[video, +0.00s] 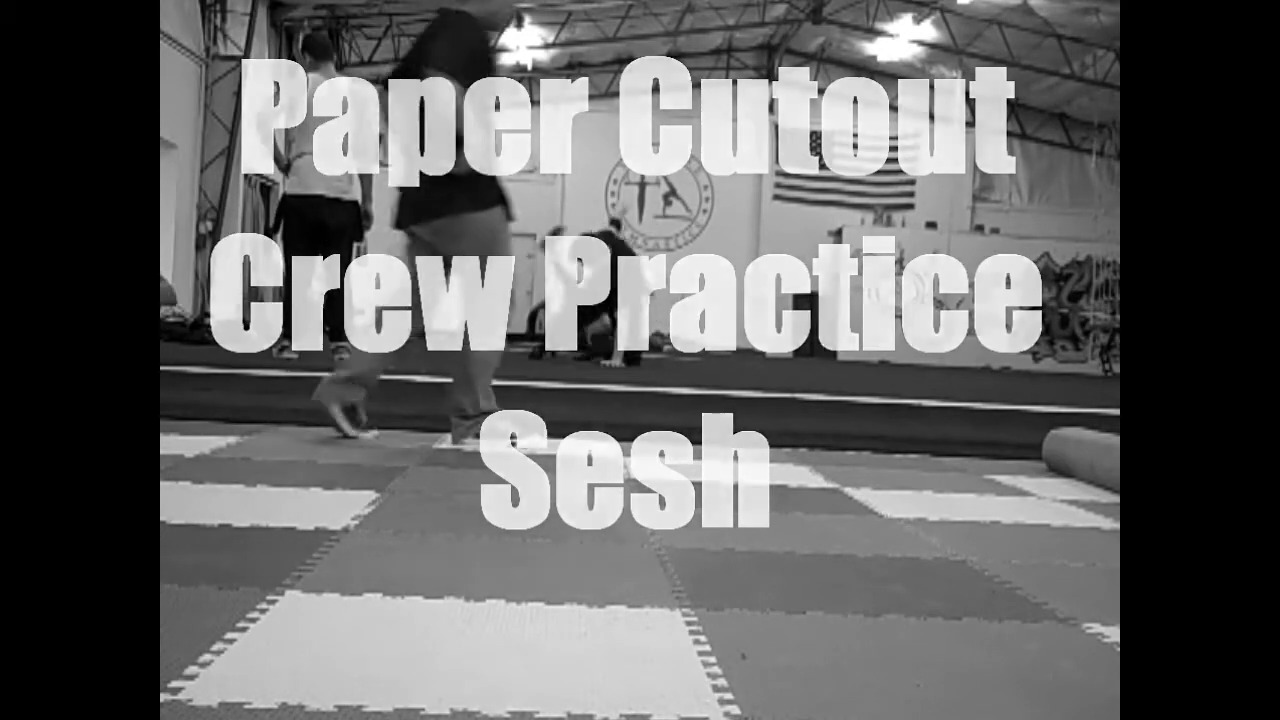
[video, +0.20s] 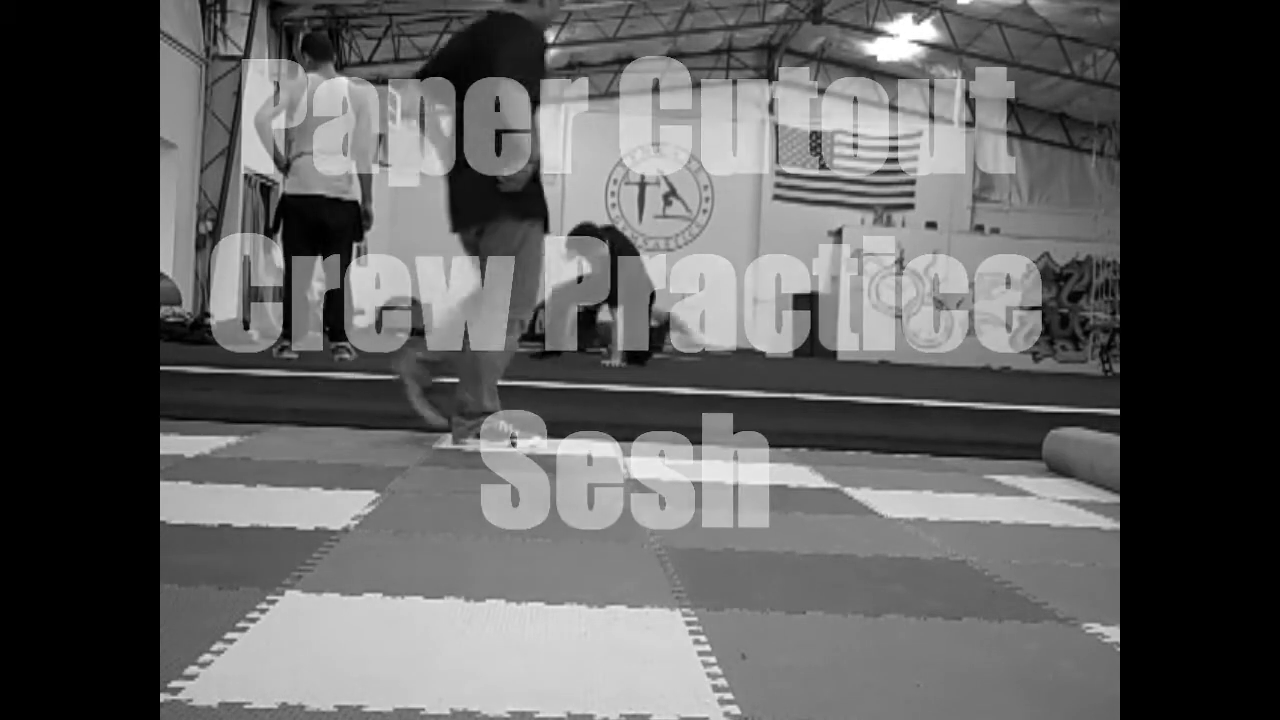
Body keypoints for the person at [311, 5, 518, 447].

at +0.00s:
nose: (511, 21)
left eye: (513, 17)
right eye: (508, 14)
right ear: (489, 9)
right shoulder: (467, 39)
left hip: (422, 200)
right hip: (468, 199)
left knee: (405, 308)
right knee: (484, 310)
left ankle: (345, 384)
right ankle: (474, 420)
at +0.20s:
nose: (555, 15)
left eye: (555, 11)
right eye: (553, 9)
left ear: (506, 4)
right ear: (538, 4)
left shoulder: (476, 34)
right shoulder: (524, 35)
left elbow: (424, 84)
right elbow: (514, 105)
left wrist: (446, 148)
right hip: (506, 195)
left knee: (512, 308)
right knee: (502, 306)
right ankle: (474, 421)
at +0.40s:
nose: (591, 19)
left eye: (592, 13)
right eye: (591, 11)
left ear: (546, 5)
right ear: (578, 5)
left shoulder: (515, 40)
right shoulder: (564, 37)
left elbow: (460, 95)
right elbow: (539, 86)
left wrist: (486, 155)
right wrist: (545, 162)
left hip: (507, 185)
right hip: (537, 187)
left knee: (544, 310)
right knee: (523, 311)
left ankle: (535, 406)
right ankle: (474, 413)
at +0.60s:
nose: (639, 37)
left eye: (642, 29)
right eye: (636, 27)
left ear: (609, 19)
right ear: (609, 17)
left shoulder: (591, 58)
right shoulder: (581, 47)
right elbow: (533, 88)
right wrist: (549, 158)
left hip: (577, 208)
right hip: (560, 206)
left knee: (590, 319)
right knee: (578, 318)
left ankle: (565, 417)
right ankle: (490, 403)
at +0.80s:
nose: (667, 38)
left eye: (673, 30)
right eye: (662, 25)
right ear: (634, 13)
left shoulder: (636, 67)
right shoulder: (596, 42)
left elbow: (625, 131)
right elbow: (525, 72)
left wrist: (630, 171)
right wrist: (559, 131)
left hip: (607, 200)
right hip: (585, 198)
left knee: (590, 306)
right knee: (634, 292)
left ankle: (559, 418)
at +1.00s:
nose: (682, 43)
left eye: (689, 34)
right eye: (676, 32)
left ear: (693, 32)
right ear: (649, 20)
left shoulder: (688, 79)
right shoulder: (609, 62)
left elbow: (721, 134)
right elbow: (547, 110)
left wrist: (750, 180)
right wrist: (574, 166)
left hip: (649, 211)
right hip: (611, 207)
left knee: (629, 318)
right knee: (660, 315)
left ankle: (571, 408)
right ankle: (684, 425)